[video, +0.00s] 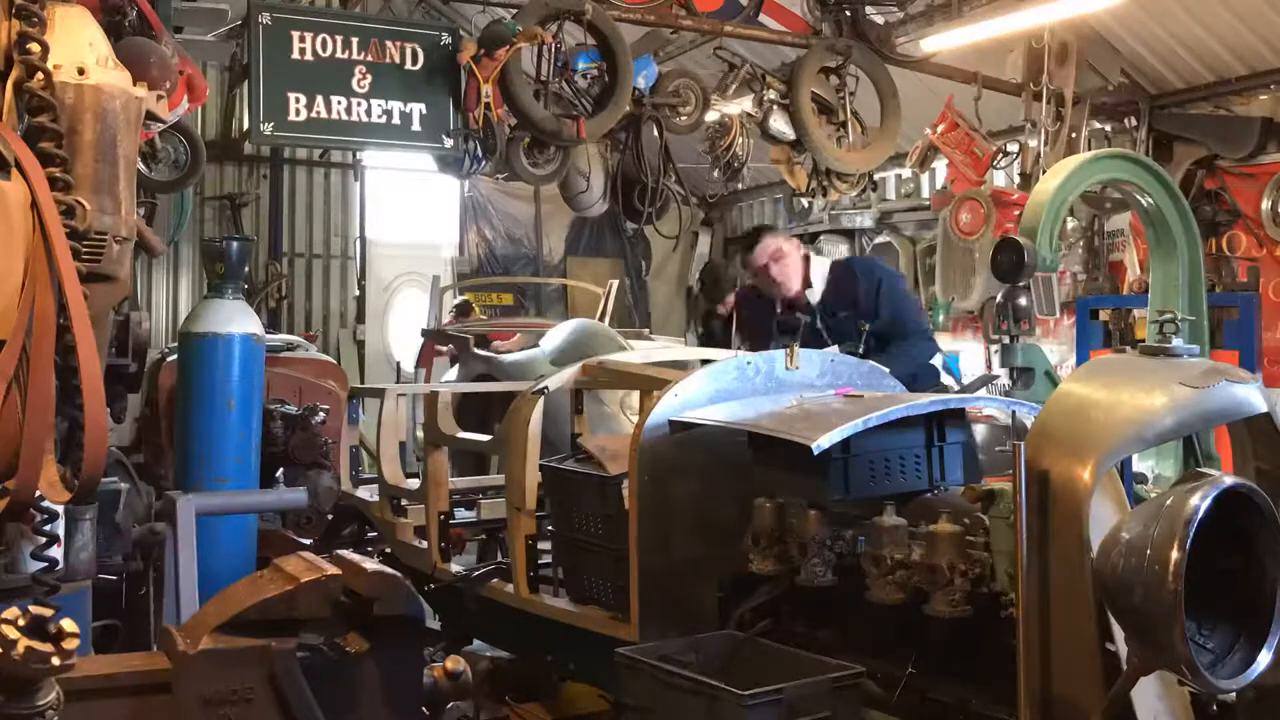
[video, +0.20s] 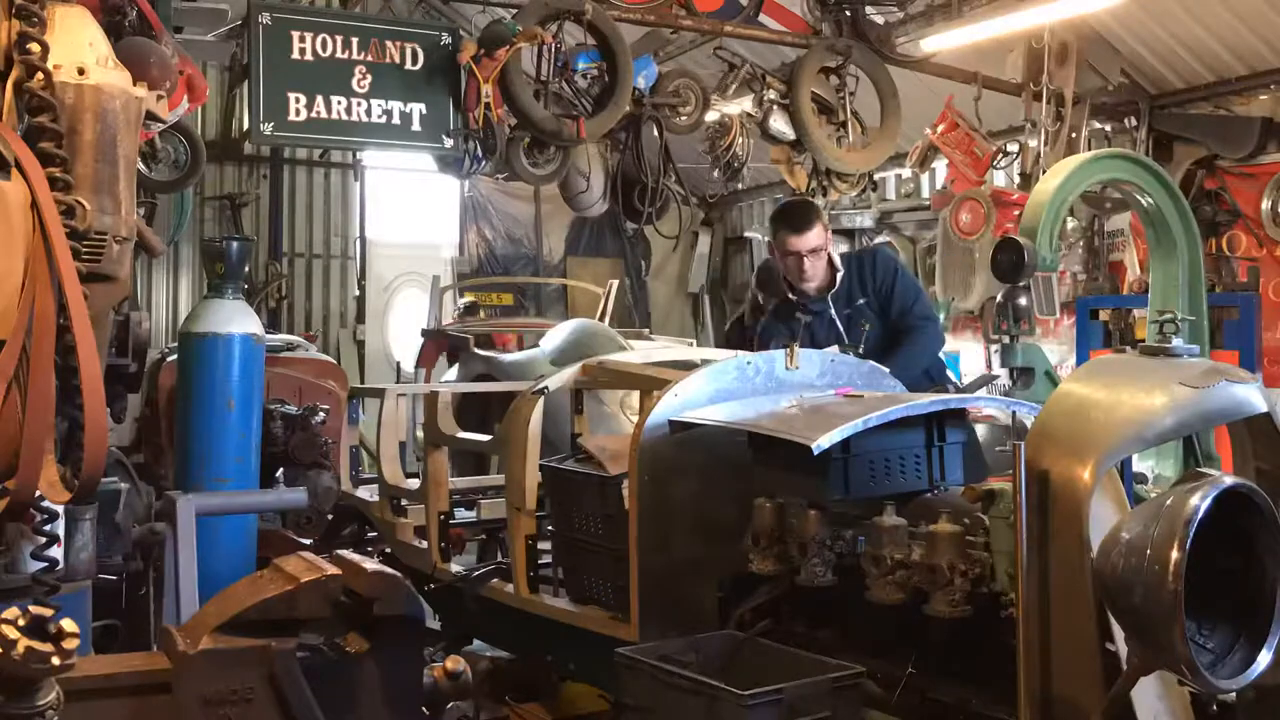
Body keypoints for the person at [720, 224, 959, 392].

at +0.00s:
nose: (774, 273)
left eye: (777, 257)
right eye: (761, 270)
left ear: (797, 247)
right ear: (755, 282)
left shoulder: (863, 276)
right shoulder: (765, 316)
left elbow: (919, 346)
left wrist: (856, 382)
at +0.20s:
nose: (805, 265)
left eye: (815, 251)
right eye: (793, 255)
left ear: (829, 241)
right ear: (774, 253)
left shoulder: (877, 266)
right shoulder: (776, 329)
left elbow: (927, 332)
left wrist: (875, 387)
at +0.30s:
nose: (837, 256)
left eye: (847, 244)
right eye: (826, 244)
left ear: (861, 233)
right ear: (808, 235)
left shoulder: (902, 263)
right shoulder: (797, 303)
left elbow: (935, 340)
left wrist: (876, 387)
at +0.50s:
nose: (849, 265)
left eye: (861, 255)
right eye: (839, 254)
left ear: (883, 234)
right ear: (827, 241)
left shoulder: (926, 264)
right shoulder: (823, 295)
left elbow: (938, 345)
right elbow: (812, 360)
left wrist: (880, 390)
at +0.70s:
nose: (842, 251)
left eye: (853, 240)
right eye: (835, 241)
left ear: (884, 222)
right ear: (829, 234)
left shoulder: (936, 263)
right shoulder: (830, 290)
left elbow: (941, 346)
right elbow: (809, 359)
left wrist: (881, 390)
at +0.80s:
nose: (841, 249)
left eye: (849, 235)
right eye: (833, 239)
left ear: (880, 217)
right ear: (827, 234)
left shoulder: (939, 263)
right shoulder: (837, 287)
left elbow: (942, 346)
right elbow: (824, 355)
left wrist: (881, 389)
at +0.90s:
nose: (841, 254)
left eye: (846, 239)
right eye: (833, 246)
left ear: (874, 217)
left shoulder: (939, 261)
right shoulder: (839, 290)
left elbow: (941, 345)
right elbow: (819, 360)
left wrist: (881, 391)